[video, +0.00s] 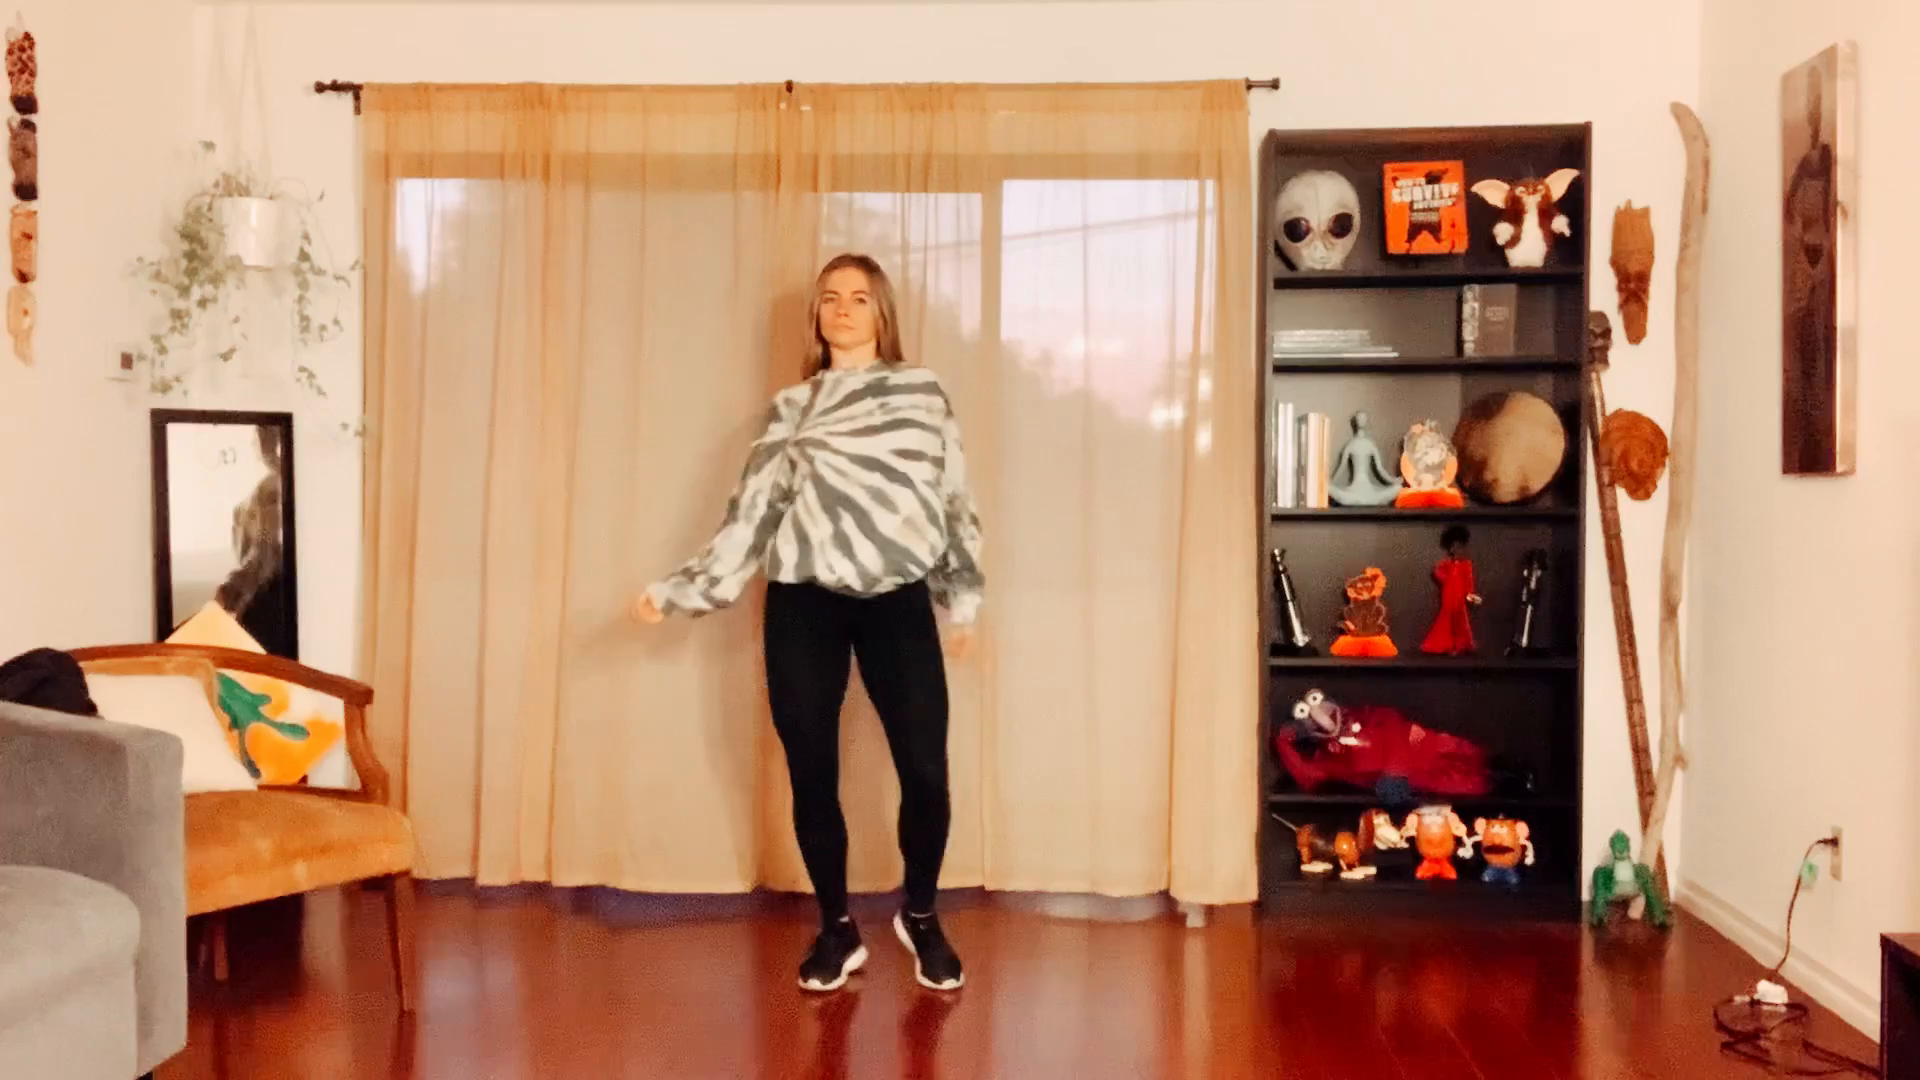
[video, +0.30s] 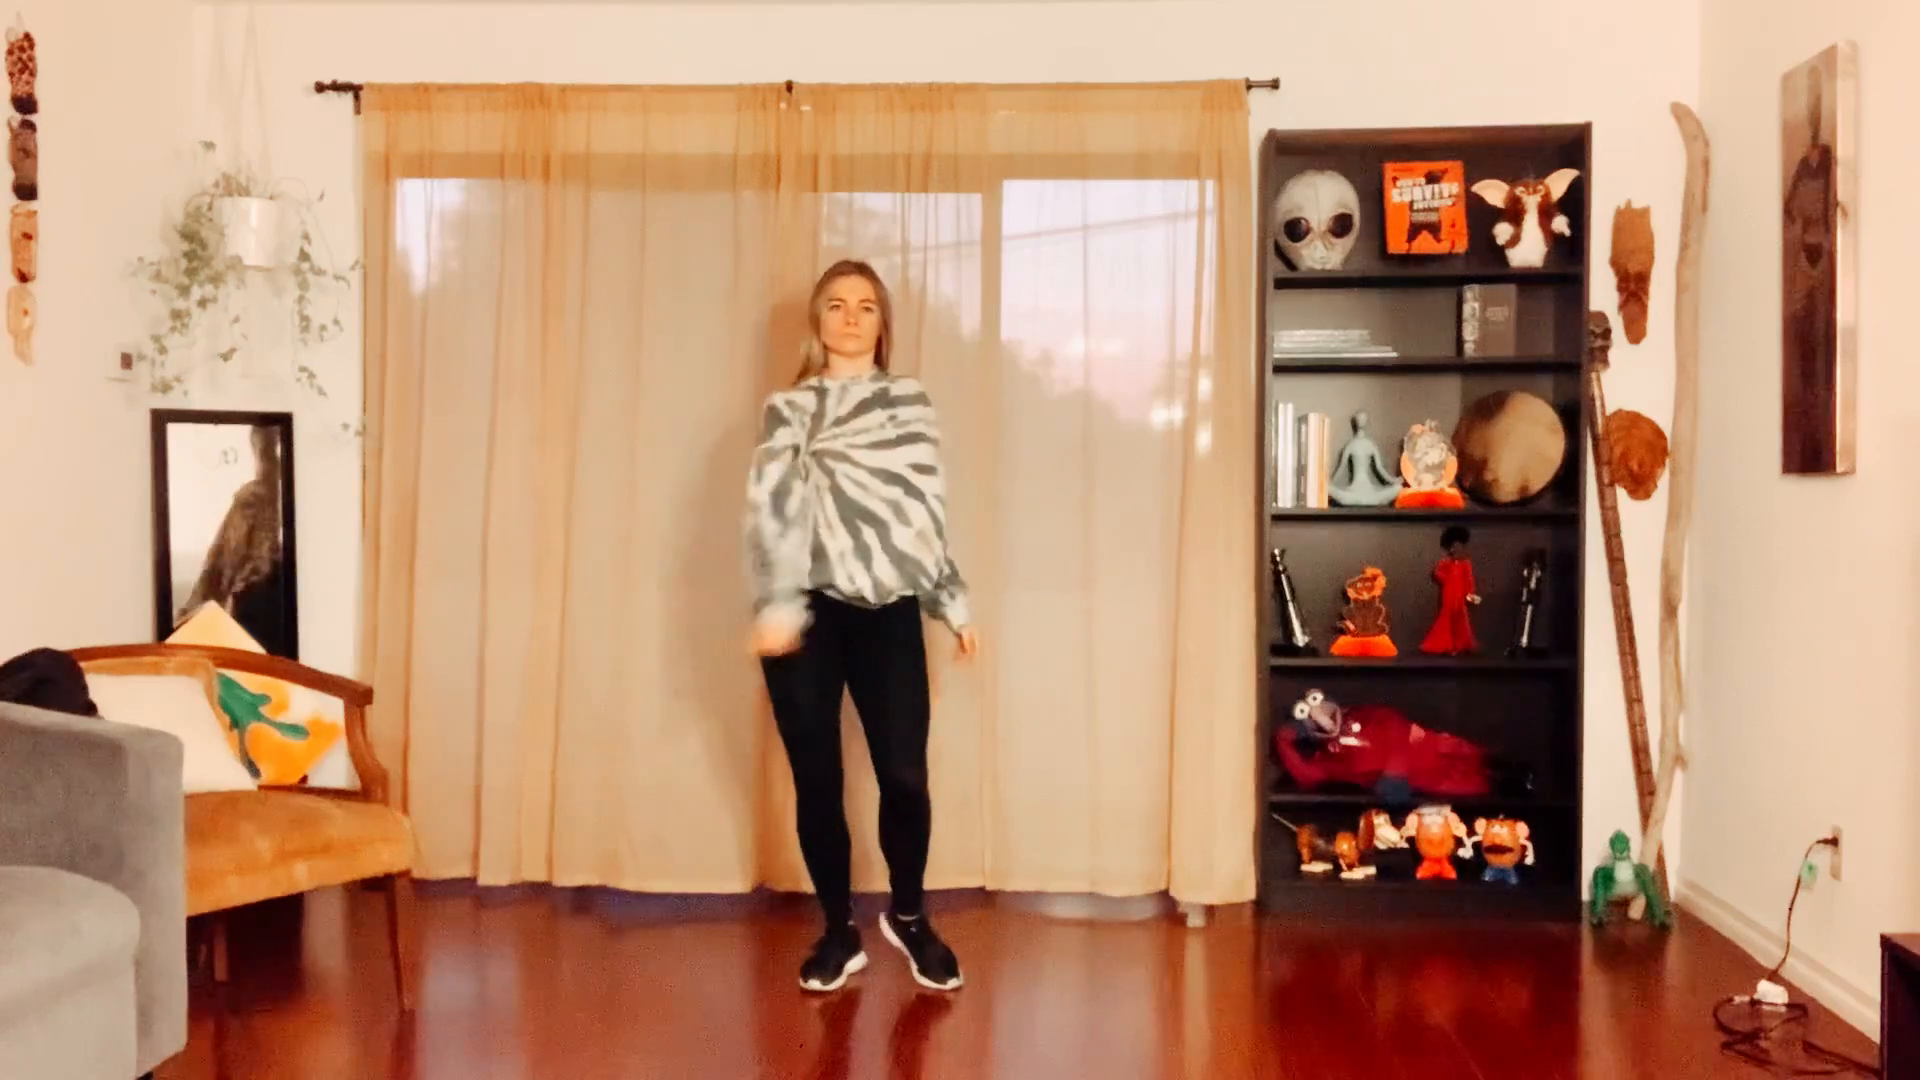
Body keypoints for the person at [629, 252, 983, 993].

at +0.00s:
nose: (843, 306)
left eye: (858, 296)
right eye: (831, 296)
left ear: (882, 311)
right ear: (815, 314)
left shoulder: (922, 392)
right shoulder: (795, 406)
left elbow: (954, 501)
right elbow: (751, 518)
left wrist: (960, 600)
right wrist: (680, 588)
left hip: (896, 600)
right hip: (803, 599)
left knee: (927, 774)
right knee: (813, 776)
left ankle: (921, 913)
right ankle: (836, 929)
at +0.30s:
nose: (851, 315)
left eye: (865, 305)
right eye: (836, 305)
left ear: (883, 320)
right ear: (815, 319)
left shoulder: (909, 404)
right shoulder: (790, 409)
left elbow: (926, 509)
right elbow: (772, 511)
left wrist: (952, 601)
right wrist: (779, 600)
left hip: (889, 613)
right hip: (803, 613)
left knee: (904, 778)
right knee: (819, 784)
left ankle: (908, 914)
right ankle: (838, 933)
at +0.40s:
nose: (851, 315)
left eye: (866, 306)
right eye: (836, 304)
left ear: (882, 321)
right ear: (814, 318)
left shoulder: (905, 407)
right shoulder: (781, 408)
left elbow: (919, 513)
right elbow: (781, 516)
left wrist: (943, 603)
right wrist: (854, 565)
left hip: (885, 613)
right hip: (797, 613)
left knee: (908, 775)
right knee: (818, 783)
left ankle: (905, 910)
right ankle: (839, 933)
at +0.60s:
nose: (850, 319)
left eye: (864, 309)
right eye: (835, 306)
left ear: (880, 324)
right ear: (813, 318)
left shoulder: (899, 410)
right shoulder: (775, 398)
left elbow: (903, 517)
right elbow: (770, 494)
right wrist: (882, 473)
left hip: (893, 605)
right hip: (803, 607)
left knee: (911, 775)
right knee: (826, 784)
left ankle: (893, 920)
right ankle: (840, 929)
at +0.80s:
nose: (855, 320)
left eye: (869, 309)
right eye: (840, 306)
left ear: (884, 324)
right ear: (817, 317)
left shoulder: (902, 406)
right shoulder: (776, 396)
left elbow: (916, 517)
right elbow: (763, 507)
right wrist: (846, 530)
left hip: (906, 610)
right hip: (815, 613)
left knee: (915, 780)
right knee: (829, 791)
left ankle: (906, 945)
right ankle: (838, 929)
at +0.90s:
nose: (860, 318)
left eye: (874, 308)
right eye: (846, 305)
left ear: (892, 321)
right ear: (823, 315)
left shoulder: (911, 405)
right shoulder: (784, 395)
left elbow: (932, 513)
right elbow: (756, 489)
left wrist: (949, 610)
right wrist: (758, 551)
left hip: (917, 613)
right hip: (826, 616)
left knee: (918, 786)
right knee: (831, 794)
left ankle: (908, 952)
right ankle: (839, 925)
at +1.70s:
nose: (902, 312)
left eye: (917, 300)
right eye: (887, 301)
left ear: (939, 310)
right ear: (871, 314)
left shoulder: (978, 397)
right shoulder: (841, 402)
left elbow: (1006, 505)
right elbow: (797, 480)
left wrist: (952, 531)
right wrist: (800, 508)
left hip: (940, 617)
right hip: (848, 615)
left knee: (922, 795)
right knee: (833, 795)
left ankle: (906, 959)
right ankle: (847, 954)